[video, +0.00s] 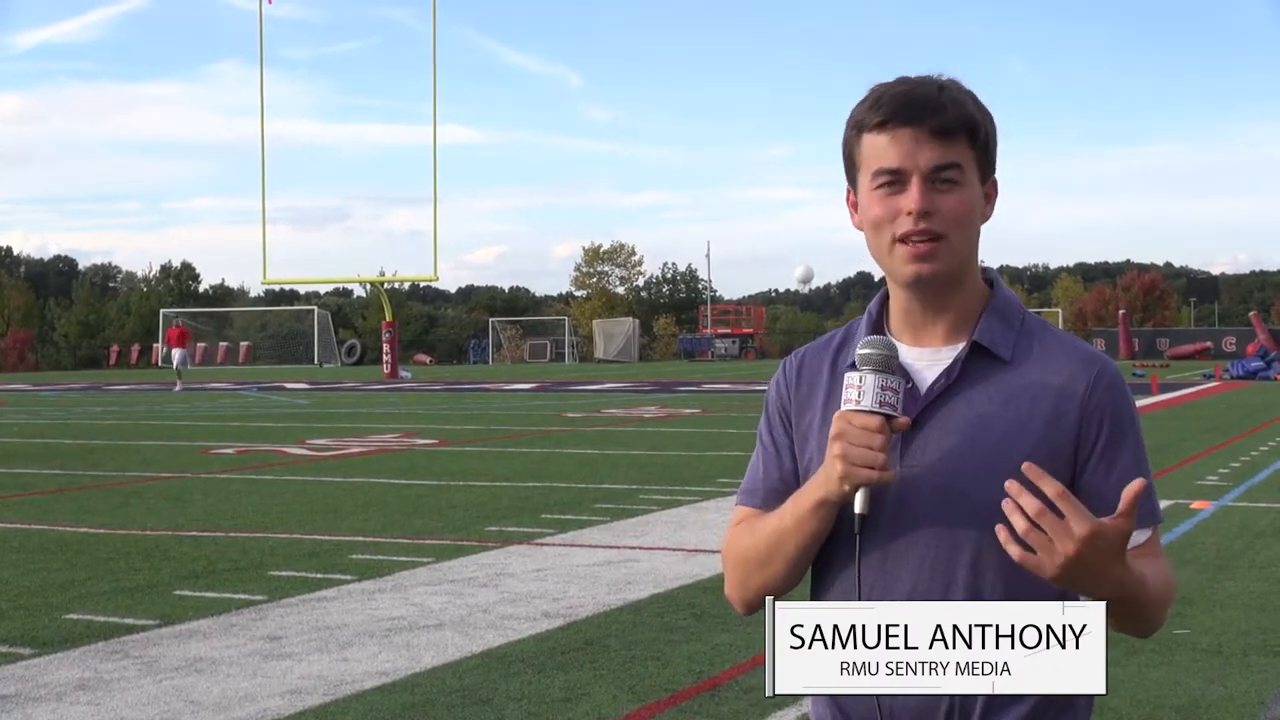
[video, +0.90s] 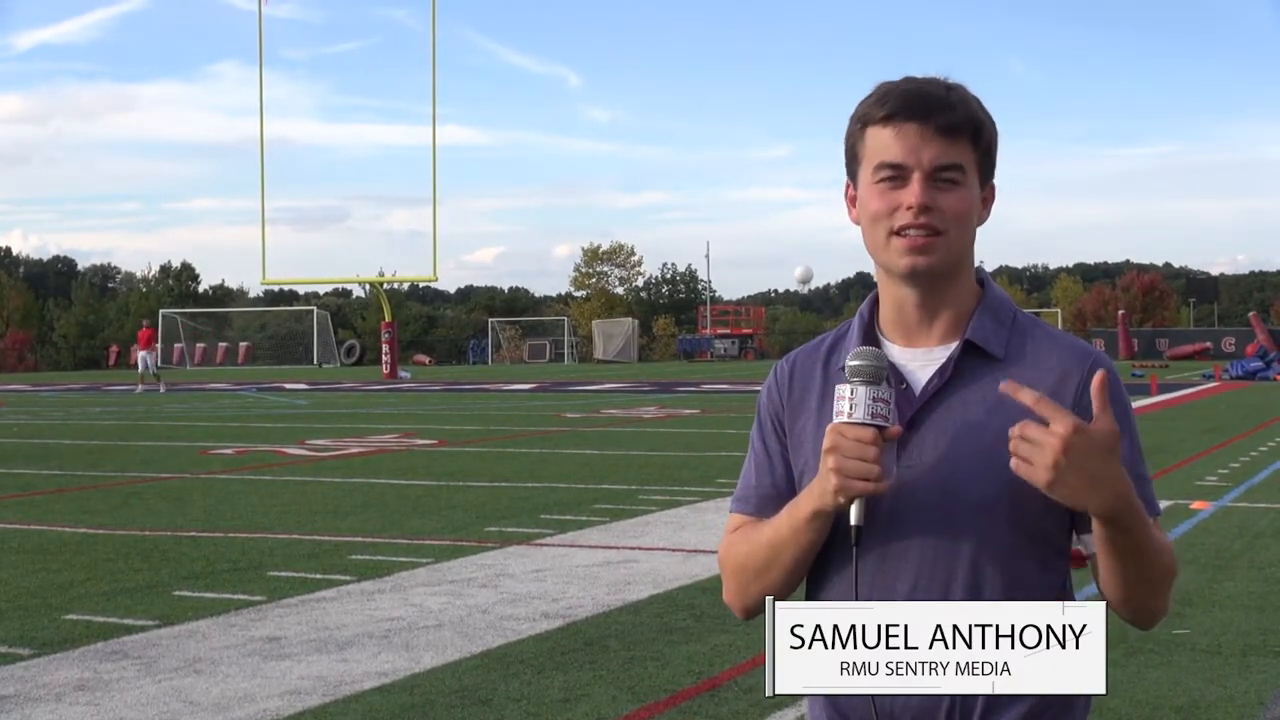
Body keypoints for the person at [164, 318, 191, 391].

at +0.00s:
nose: (175, 323)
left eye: (177, 321)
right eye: (174, 321)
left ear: (179, 322)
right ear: (172, 322)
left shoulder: (183, 330)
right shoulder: (170, 330)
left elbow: (187, 340)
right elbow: (166, 342)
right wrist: (164, 350)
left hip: (181, 349)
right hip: (174, 349)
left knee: (176, 366)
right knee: (176, 367)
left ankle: (179, 384)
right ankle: (179, 384)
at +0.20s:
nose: (170, 324)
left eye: (172, 322)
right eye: (169, 322)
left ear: (175, 323)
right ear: (168, 323)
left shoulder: (177, 331)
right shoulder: (165, 331)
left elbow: (183, 340)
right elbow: (161, 340)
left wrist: (182, 345)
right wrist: (159, 345)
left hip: (175, 350)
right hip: (168, 350)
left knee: (169, 367)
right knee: (173, 368)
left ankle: (169, 383)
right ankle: (178, 383)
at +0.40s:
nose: (164, 324)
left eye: (166, 322)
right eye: (163, 322)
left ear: (168, 323)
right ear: (162, 323)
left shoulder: (172, 331)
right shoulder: (158, 331)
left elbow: (176, 343)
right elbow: (155, 343)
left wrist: (176, 355)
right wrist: (153, 354)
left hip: (168, 350)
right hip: (160, 350)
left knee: (165, 369)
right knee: (159, 370)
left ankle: (166, 385)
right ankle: (169, 382)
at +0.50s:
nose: (161, 322)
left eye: (163, 321)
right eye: (160, 321)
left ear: (166, 322)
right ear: (159, 321)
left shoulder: (169, 330)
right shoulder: (155, 330)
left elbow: (171, 343)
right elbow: (153, 343)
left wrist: (172, 356)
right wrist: (151, 352)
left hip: (165, 349)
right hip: (157, 349)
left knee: (164, 369)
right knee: (153, 368)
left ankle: (166, 385)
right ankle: (162, 382)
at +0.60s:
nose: (158, 322)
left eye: (160, 321)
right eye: (157, 321)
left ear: (162, 322)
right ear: (155, 322)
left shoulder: (165, 330)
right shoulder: (152, 331)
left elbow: (166, 341)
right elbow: (150, 342)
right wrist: (148, 351)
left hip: (162, 350)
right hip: (154, 350)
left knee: (163, 369)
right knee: (150, 368)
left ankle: (165, 385)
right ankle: (152, 384)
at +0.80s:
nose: (150, 324)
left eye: (151, 323)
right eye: (149, 323)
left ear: (153, 324)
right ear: (147, 324)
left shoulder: (156, 332)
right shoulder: (144, 333)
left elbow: (158, 342)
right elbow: (143, 342)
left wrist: (152, 348)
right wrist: (143, 349)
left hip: (155, 352)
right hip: (146, 352)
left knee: (158, 370)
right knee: (144, 370)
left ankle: (164, 386)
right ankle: (142, 386)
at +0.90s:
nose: (145, 324)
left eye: (147, 322)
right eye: (144, 322)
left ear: (149, 323)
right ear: (142, 323)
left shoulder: (151, 331)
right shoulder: (140, 332)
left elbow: (154, 341)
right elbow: (138, 342)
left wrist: (151, 348)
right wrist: (138, 349)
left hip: (149, 352)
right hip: (141, 352)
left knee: (152, 370)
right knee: (140, 370)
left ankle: (161, 384)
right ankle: (140, 386)